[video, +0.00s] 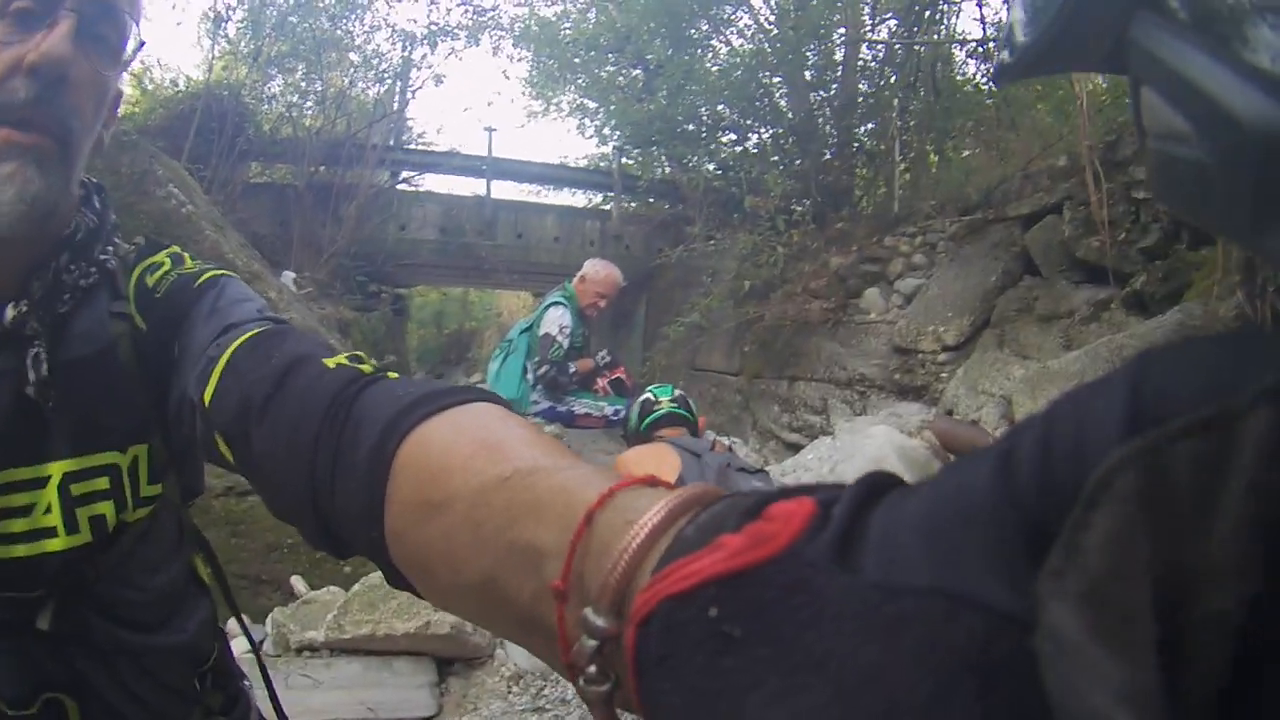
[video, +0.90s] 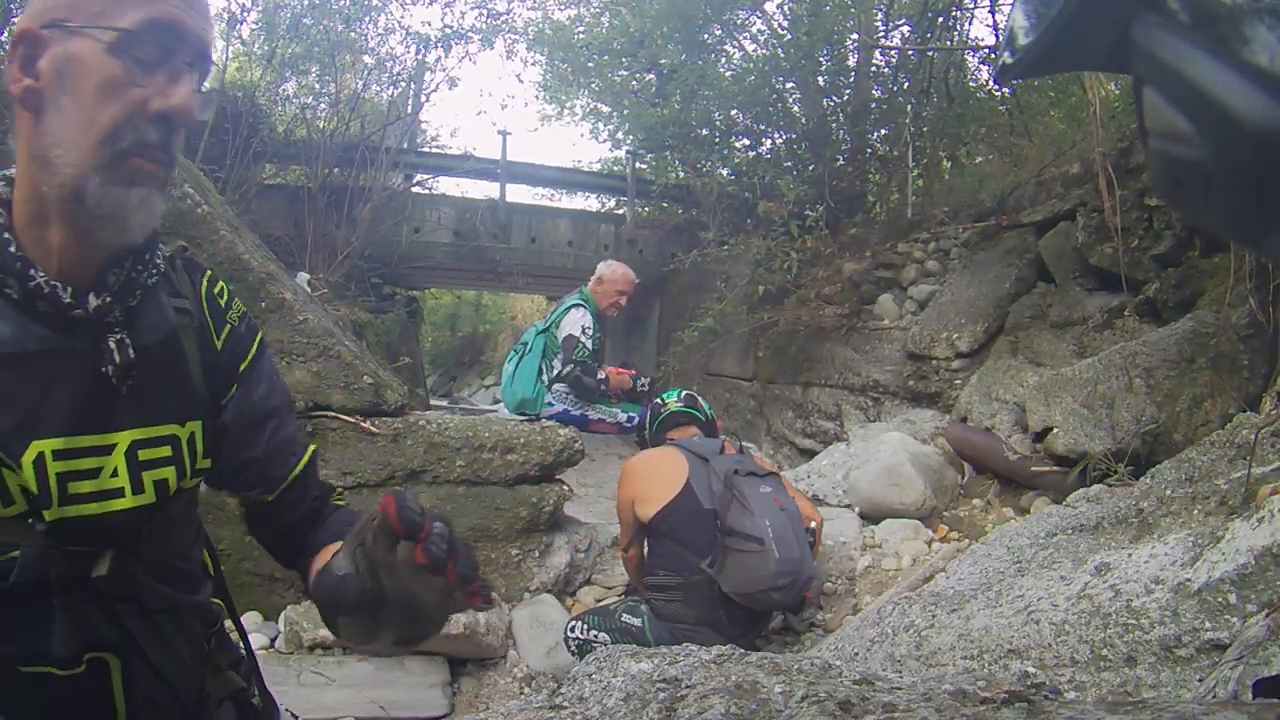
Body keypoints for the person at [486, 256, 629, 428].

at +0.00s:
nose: (603, 305)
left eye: (608, 300)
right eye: (599, 296)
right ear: (580, 282)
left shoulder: (573, 309)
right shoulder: (559, 312)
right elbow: (547, 375)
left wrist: (593, 381)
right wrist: (592, 363)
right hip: (536, 402)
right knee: (627, 412)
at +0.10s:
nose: (602, 313)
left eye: (607, 308)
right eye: (598, 304)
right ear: (578, 289)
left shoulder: (570, 316)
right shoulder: (558, 319)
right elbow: (545, 381)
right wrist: (592, 371)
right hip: (534, 407)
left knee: (624, 413)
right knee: (624, 420)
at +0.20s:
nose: (615, 307)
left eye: (621, 302)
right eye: (612, 299)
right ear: (592, 284)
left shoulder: (584, 311)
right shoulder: (572, 314)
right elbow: (561, 377)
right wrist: (606, 366)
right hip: (549, 404)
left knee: (639, 408)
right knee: (640, 416)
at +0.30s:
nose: (616, 308)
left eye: (621, 302)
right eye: (613, 299)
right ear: (592, 285)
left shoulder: (584, 311)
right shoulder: (572, 314)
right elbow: (561, 376)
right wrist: (606, 367)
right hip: (546, 404)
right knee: (640, 416)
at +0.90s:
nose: (623, 303)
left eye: (627, 297)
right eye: (619, 294)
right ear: (597, 284)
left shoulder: (580, 307)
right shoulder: (580, 315)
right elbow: (575, 374)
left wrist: (607, 374)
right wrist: (617, 382)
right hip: (555, 404)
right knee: (642, 420)